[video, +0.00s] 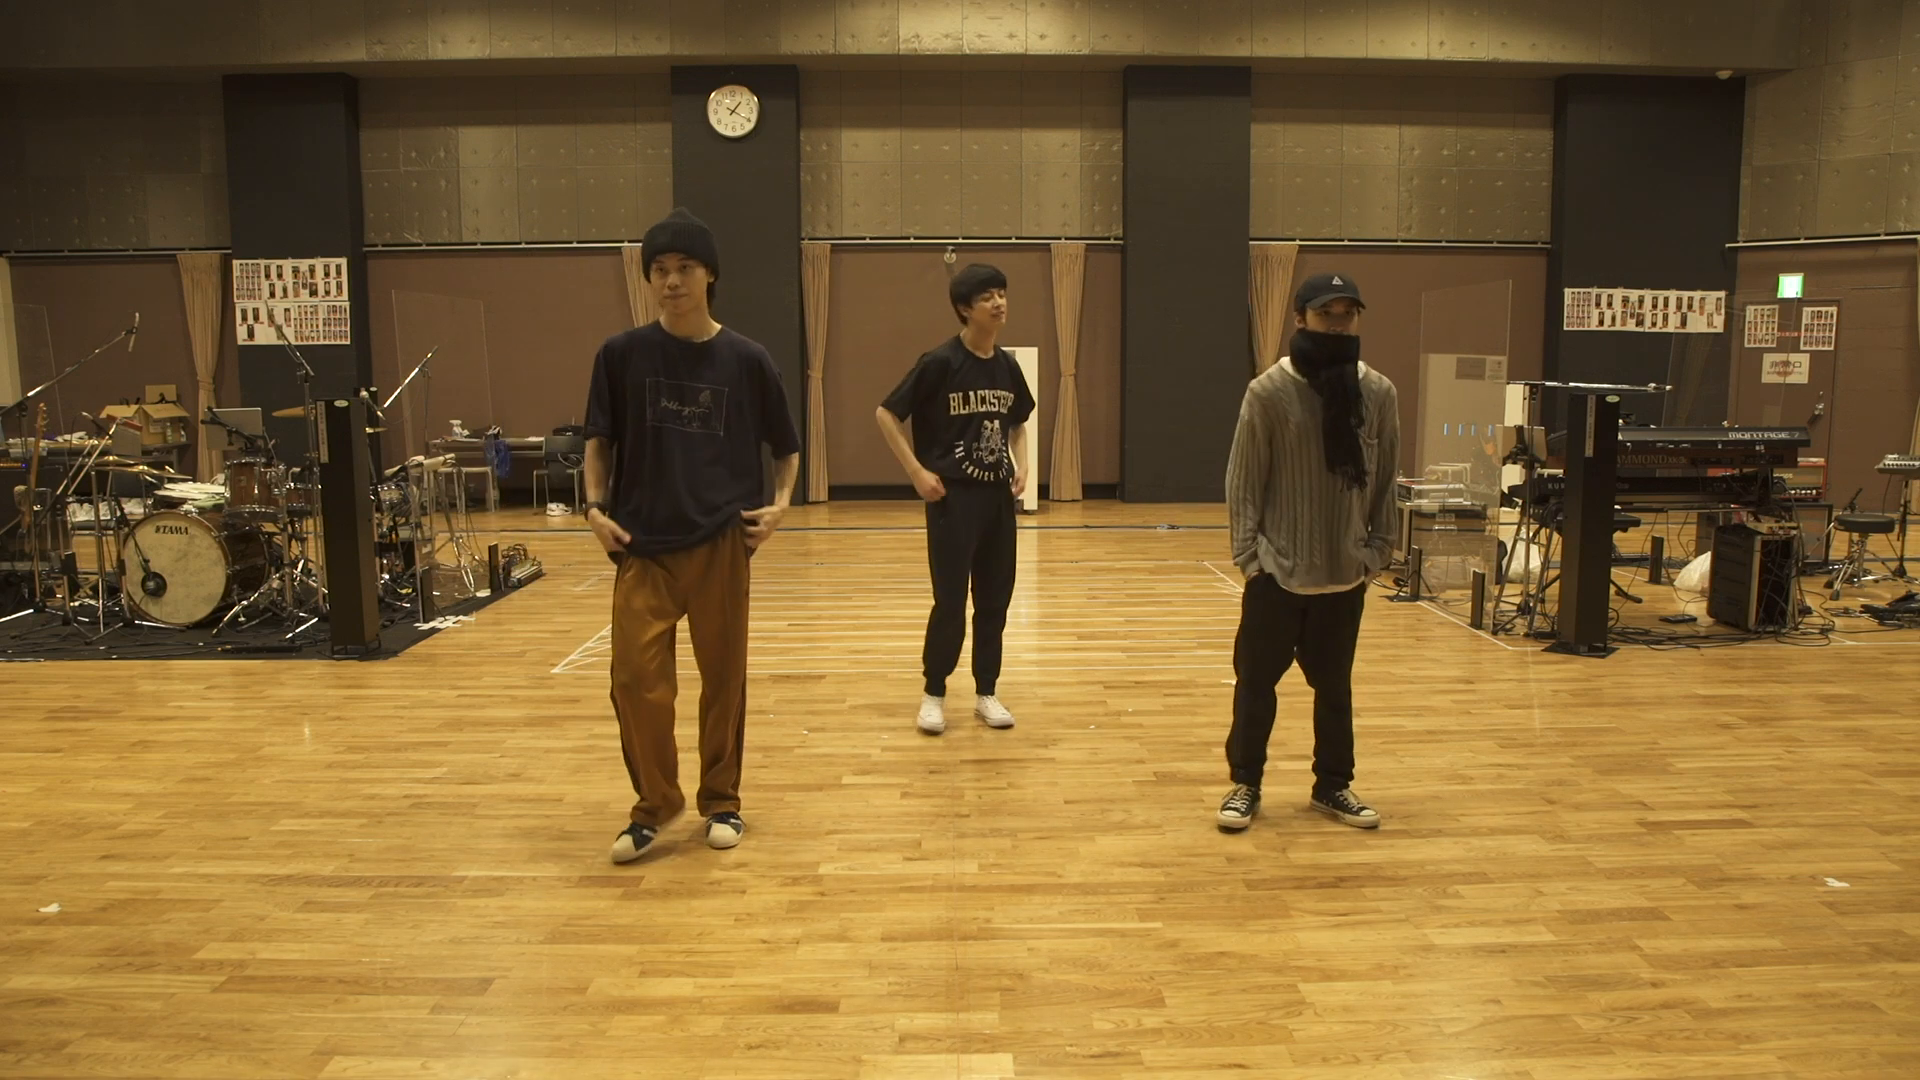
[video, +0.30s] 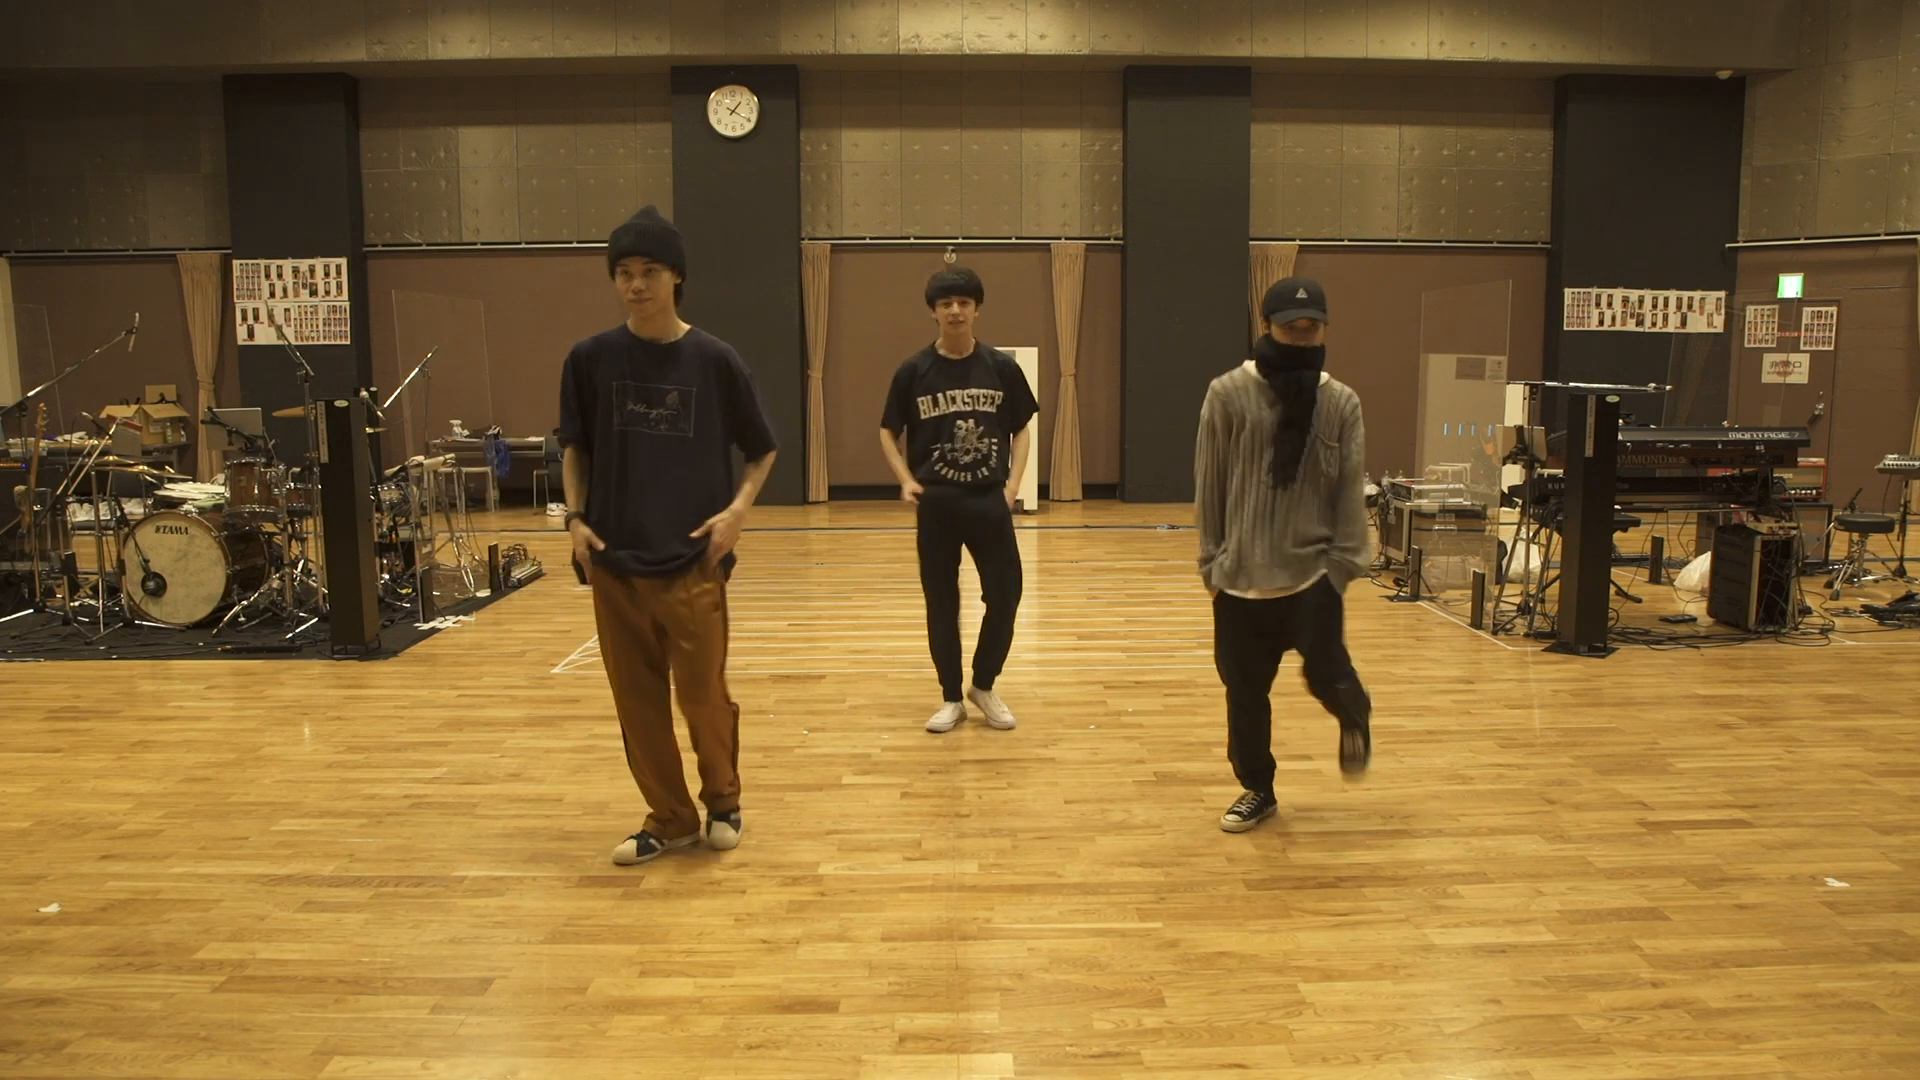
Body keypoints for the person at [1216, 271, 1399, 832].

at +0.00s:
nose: (1341, 323)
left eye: (1350, 313)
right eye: (1329, 313)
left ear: (1359, 320)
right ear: (1301, 319)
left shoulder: (1378, 392)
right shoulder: (1269, 391)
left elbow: (1386, 480)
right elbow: (1242, 481)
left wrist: (1374, 553)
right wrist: (1249, 559)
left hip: (1343, 572)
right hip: (1275, 570)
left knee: (1335, 687)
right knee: (1255, 684)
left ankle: (1333, 788)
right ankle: (1244, 786)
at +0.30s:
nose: (1303, 337)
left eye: (1313, 327)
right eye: (1291, 326)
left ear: (1325, 332)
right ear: (1266, 328)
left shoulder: (1340, 402)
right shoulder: (1226, 393)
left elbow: (1352, 489)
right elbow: (1209, 481)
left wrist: (1342, 563)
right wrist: (1211, 558)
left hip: (1311, 571)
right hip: (1239, 573)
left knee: (1327, 672)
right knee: (1243, 691)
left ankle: (1355, 719)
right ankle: (1257, 790)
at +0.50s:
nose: (1269, 363)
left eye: (1281, 353)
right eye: (1258, 351)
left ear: (1297, 353)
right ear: (1236, 347)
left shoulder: (1320, 415)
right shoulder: (1215, 409)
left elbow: (1367, 486)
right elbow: (1214, 496)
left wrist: (1318, 540)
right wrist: (1219, 565)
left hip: (1306, 558)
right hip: (1243, 566)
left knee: (1258, 643)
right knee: (1218, 686)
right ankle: (1274, 792)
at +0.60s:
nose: (1263, 380)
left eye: (1275, 371)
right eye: (1253, 367)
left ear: (1294, 371)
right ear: (1235, 362)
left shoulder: (1308, 431)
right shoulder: (1226, 415)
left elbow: (1353, 512)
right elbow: (1235, 503)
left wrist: (1298, 569)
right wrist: (1231, 575)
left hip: (1287, 590)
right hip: (1244, 587)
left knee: (1272, 714)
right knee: (1212, 692)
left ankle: (1331, 857)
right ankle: (1277, 803)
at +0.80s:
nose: (1249, 372)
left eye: (1263, 363)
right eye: (1240, 359)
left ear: (1282, 365)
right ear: (1223, 353)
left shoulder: (1299, 421)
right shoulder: (1200, 410)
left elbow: (1338, 500)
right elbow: (1201, 498)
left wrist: (1286, 561)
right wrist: (1209, 568)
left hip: (1281, 578)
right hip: (1225, 579)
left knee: (1287, 695)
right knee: (1213, 703)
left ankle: (1333, 825)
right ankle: (1280, 805)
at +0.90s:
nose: (1251, 350)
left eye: (1265, 340)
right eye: (1241, 336)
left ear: (1281, 340)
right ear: (1222, 329)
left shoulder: (1306, 388)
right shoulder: (1186, 397)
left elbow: (1350, 463)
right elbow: (1178, 480)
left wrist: (1301, 522)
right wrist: (1193, 547)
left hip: (1283, 534)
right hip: (1215, 544)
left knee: (1261, 600)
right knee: (1195, 677)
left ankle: (1313, 722)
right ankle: (1261, 772)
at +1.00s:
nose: (1254, 342)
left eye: (1265, 332)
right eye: (1244, 330)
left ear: (1279, 332)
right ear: (1219, 324)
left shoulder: (1305, 377)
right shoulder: (1189, 398)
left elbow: (1348, 441)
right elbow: (1164, 479)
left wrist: (1305, 504)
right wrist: (1168, 547)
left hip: (1270, 521)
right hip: (1203, 535)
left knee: (1291, 562)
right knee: (1209, 666)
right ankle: (1200, 779)